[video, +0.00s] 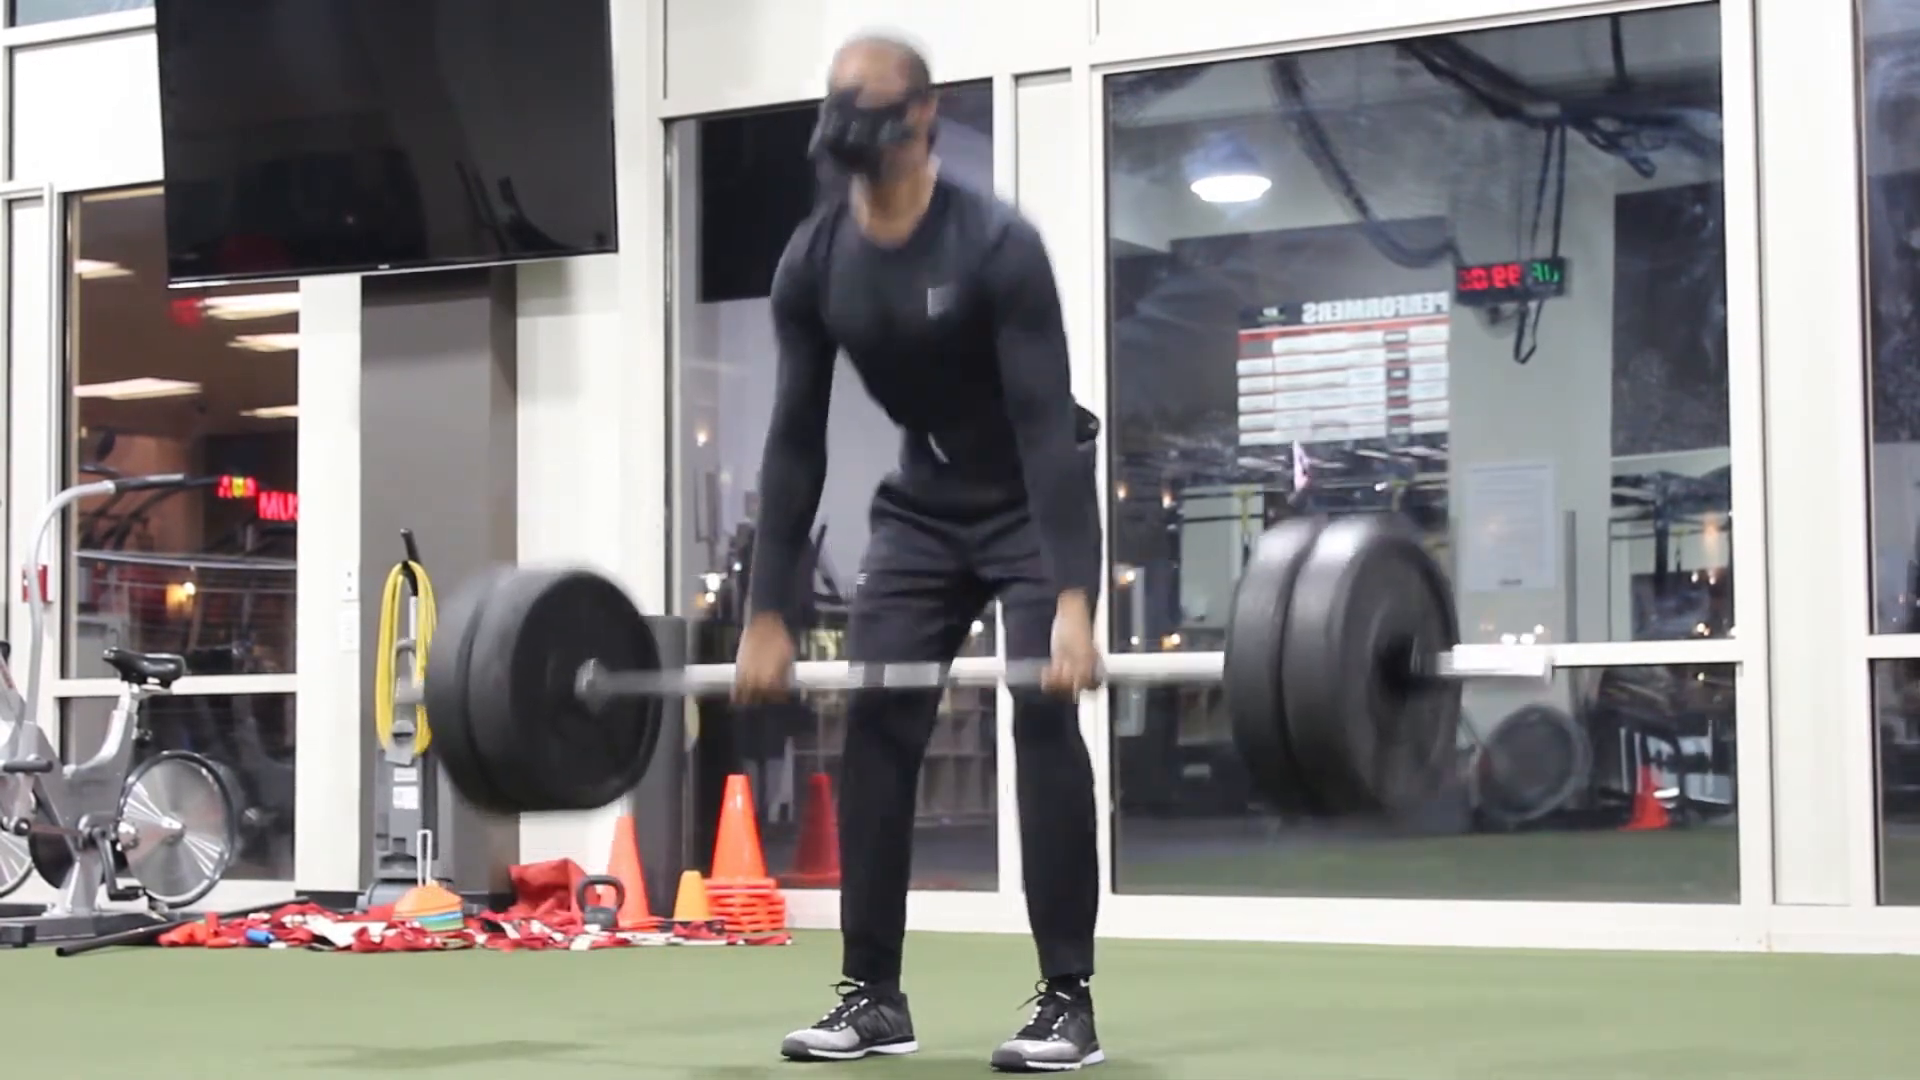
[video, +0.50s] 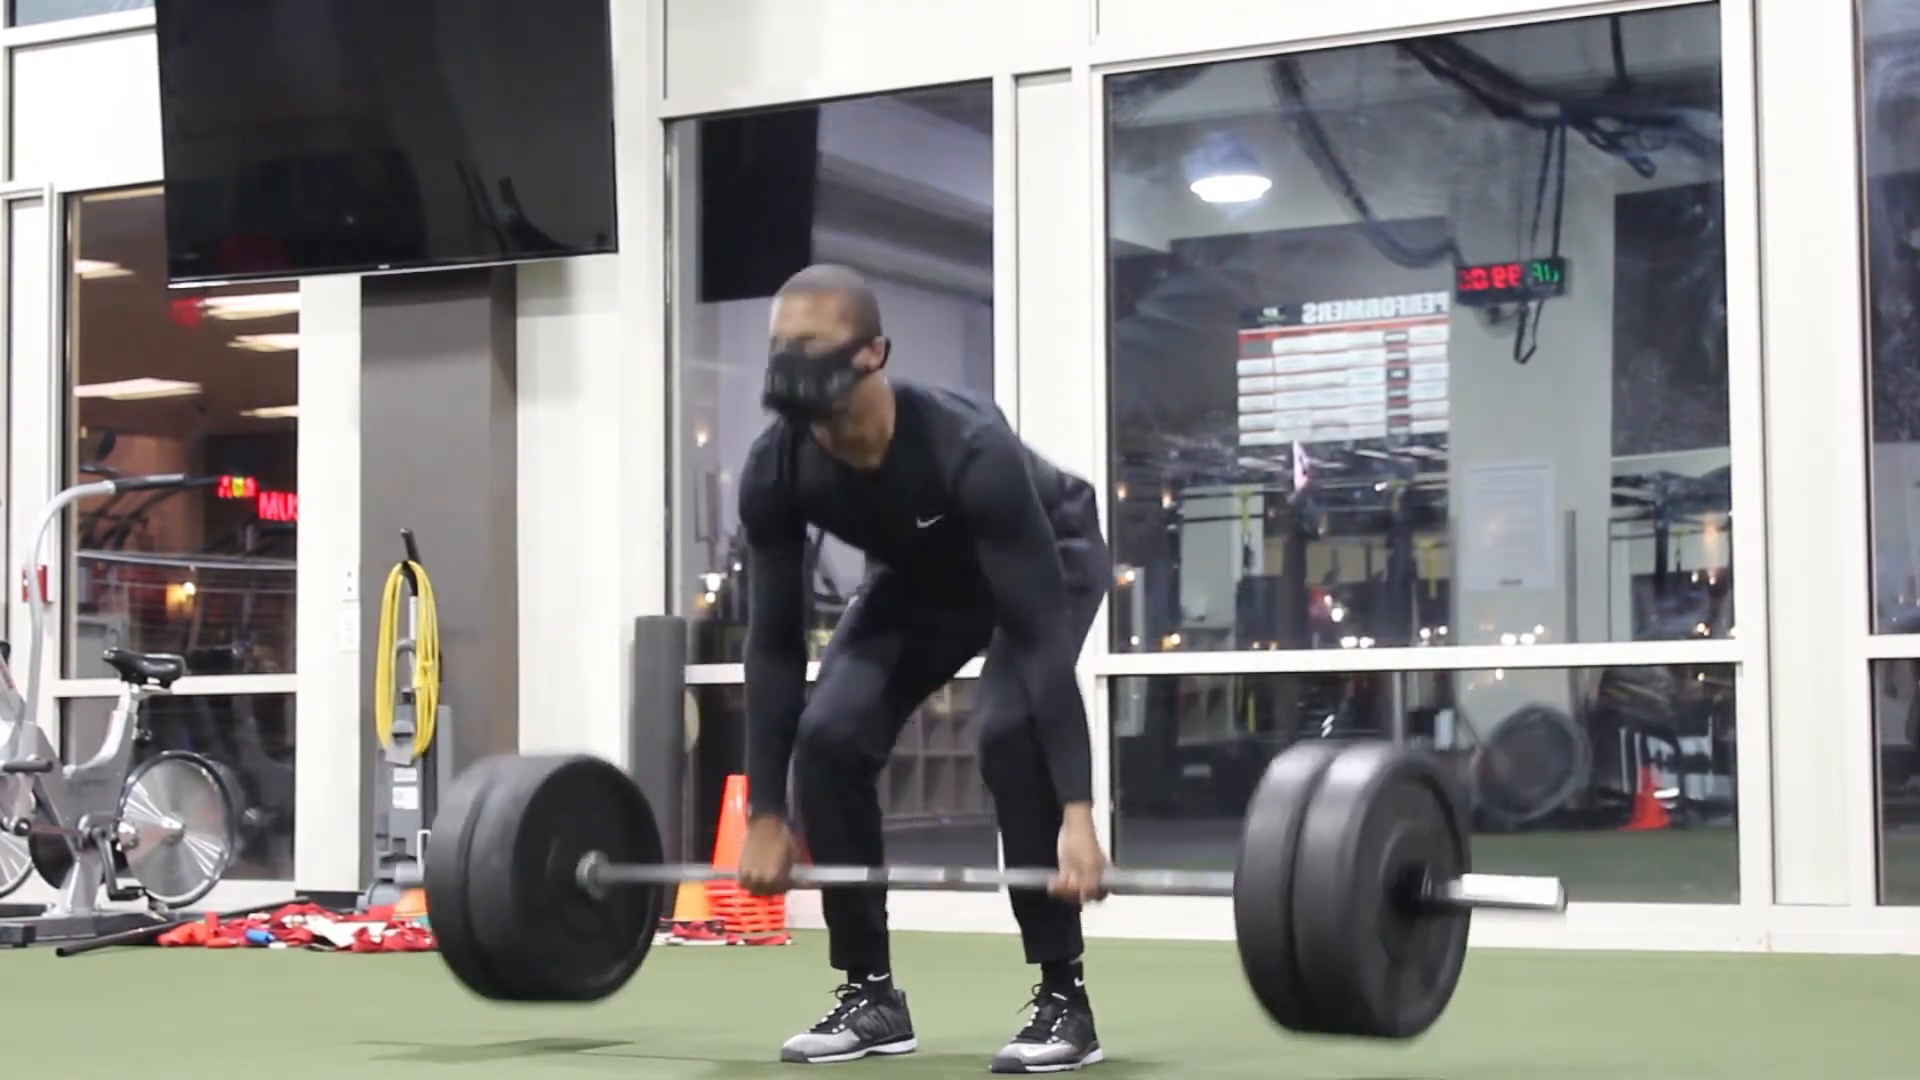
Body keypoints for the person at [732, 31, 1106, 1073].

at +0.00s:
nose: (852, 129)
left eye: (874, 112)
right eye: (841, 111)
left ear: (926, 116)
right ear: (828, 121)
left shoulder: (999, 244)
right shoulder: (811, 263)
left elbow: (1049, 424)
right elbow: (793, 440)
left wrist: (1073, 596)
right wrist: (769, 609)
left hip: (1037, 504)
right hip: (922, 505)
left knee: (1040, 710)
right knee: (879, 709)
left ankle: (1067, 998)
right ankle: (873, 996)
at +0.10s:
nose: (816, 201)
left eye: (839, 185)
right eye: (810, 184)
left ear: (904, 194)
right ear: (805, 191)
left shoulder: (992, 314)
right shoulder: (802, 335)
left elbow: (1050, 499)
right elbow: (789, 510)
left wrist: (1069, 669)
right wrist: (759, 679)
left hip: (1052, 516)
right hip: (936, 524)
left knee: (1050, 735)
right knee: (865, 725)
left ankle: (1065, 997)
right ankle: (872, 994)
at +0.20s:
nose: (811, 284)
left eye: (834, 269)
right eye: (803, 267)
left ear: (894, 282)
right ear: (790, 275)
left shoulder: (982, 386)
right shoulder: (795, 412)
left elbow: (1048, 570)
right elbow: (781, 585)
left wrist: (1068, 751)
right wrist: (758, 758)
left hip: (1052, 530)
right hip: (937, 546)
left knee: (1033, 733)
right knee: (842, 730)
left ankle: (1065, 1002)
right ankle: (872, 996)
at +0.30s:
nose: (800, 374)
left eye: (823, 356)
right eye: (791, 355)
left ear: (880, 363)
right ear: (782, 358)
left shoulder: (973, 454)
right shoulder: (784, 490)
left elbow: (1048, 645)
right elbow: (776, 658)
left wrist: (1072, 824)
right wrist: (760, 829)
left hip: (1051, 561)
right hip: (935, 579)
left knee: (1008, 733)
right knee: (825, 739)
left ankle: (1062, 1003)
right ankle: (871, 999)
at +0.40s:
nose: (790, 408)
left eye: (813, 393)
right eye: (782, 391)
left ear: (875, 406)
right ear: (771, 396)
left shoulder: (970, 490)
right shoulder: (778, 510)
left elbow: (1048, 671)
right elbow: (770, 679)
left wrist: (1079, 847)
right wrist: (762, 851)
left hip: (1047, 574)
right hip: (928, 598)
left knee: (1000, 732)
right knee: (818, 741)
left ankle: (1061, 1005)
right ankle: (870, 997)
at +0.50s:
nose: (787, 360)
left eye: (809, 344)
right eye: (779, 344)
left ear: (872, 355)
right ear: (771, 350)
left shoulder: (970, 448)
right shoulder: (775, 471)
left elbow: (1042, 636)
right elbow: (773, 643)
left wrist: (1078, 811)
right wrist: (764, 812)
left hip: (1040, 552)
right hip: (925, 573)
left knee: (1008, 734)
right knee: (827, 742)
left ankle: (1063, 1003)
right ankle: (871, 1000)